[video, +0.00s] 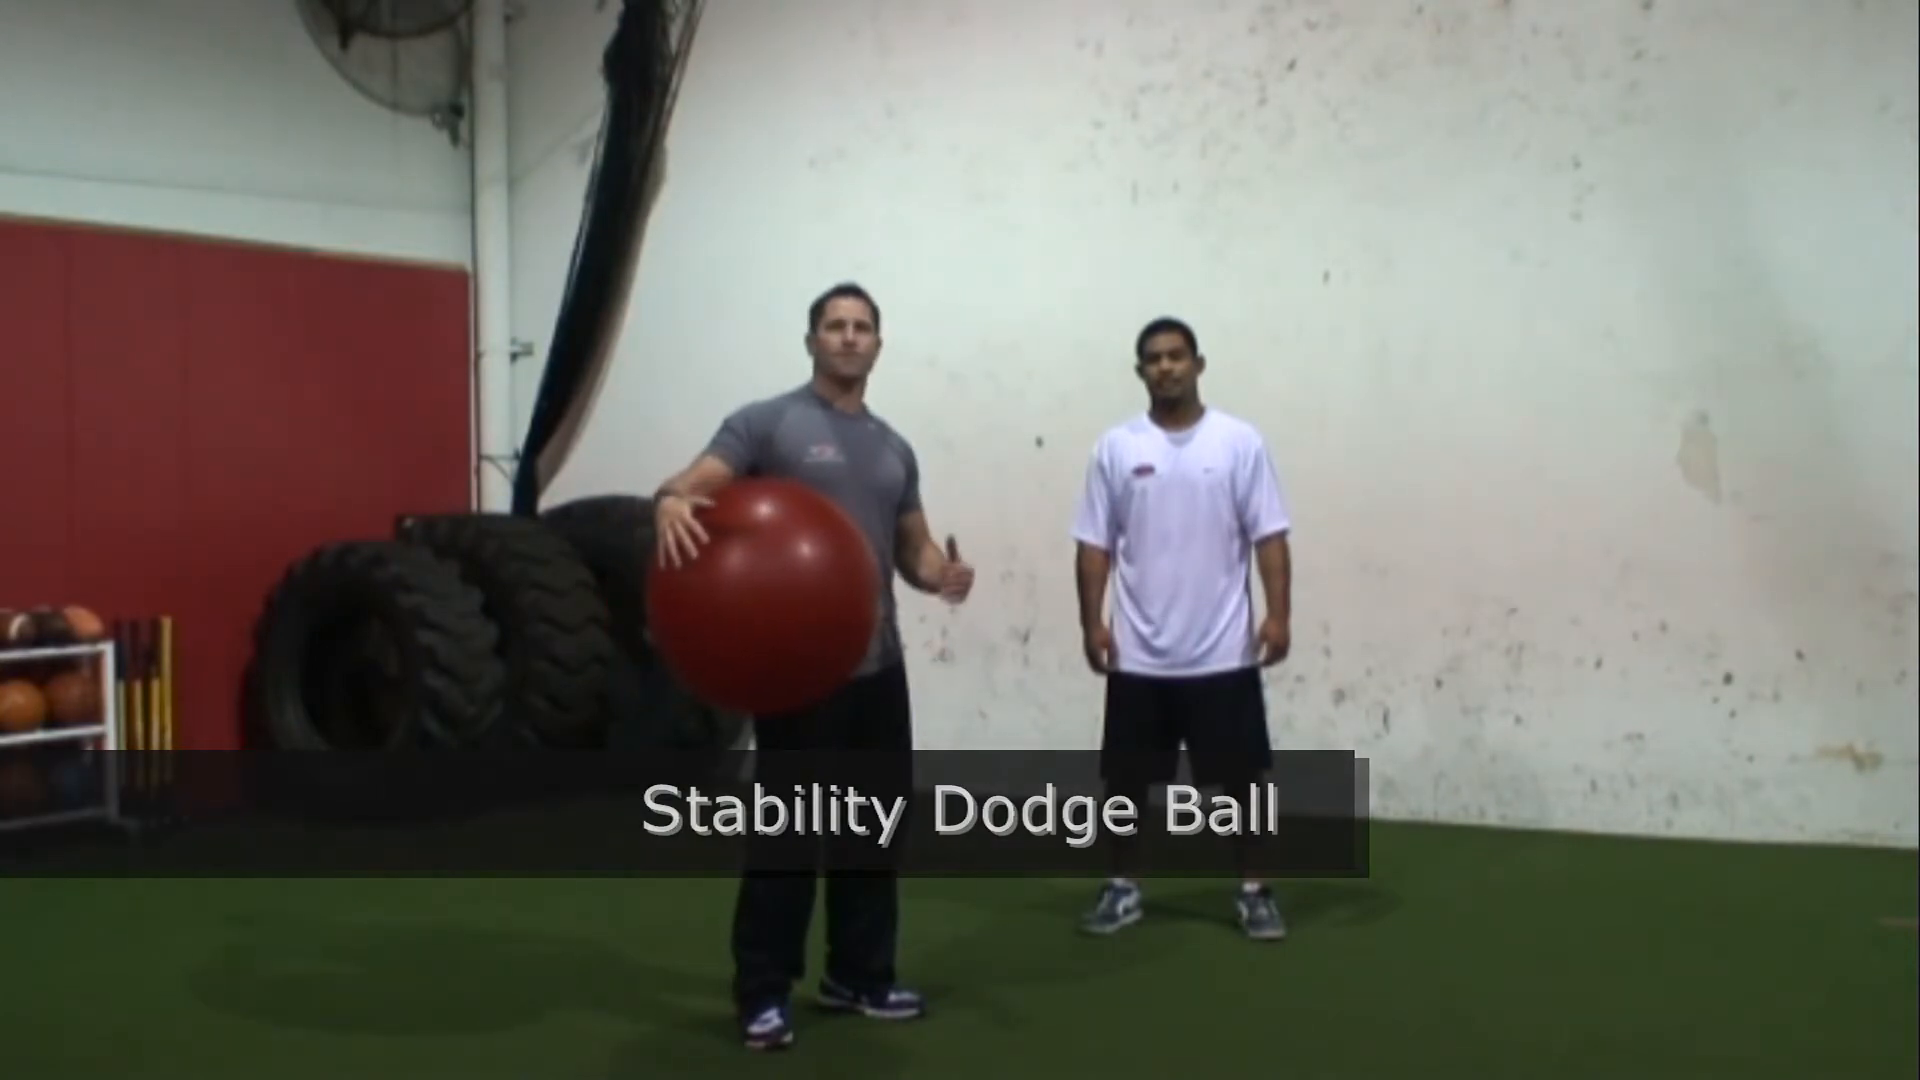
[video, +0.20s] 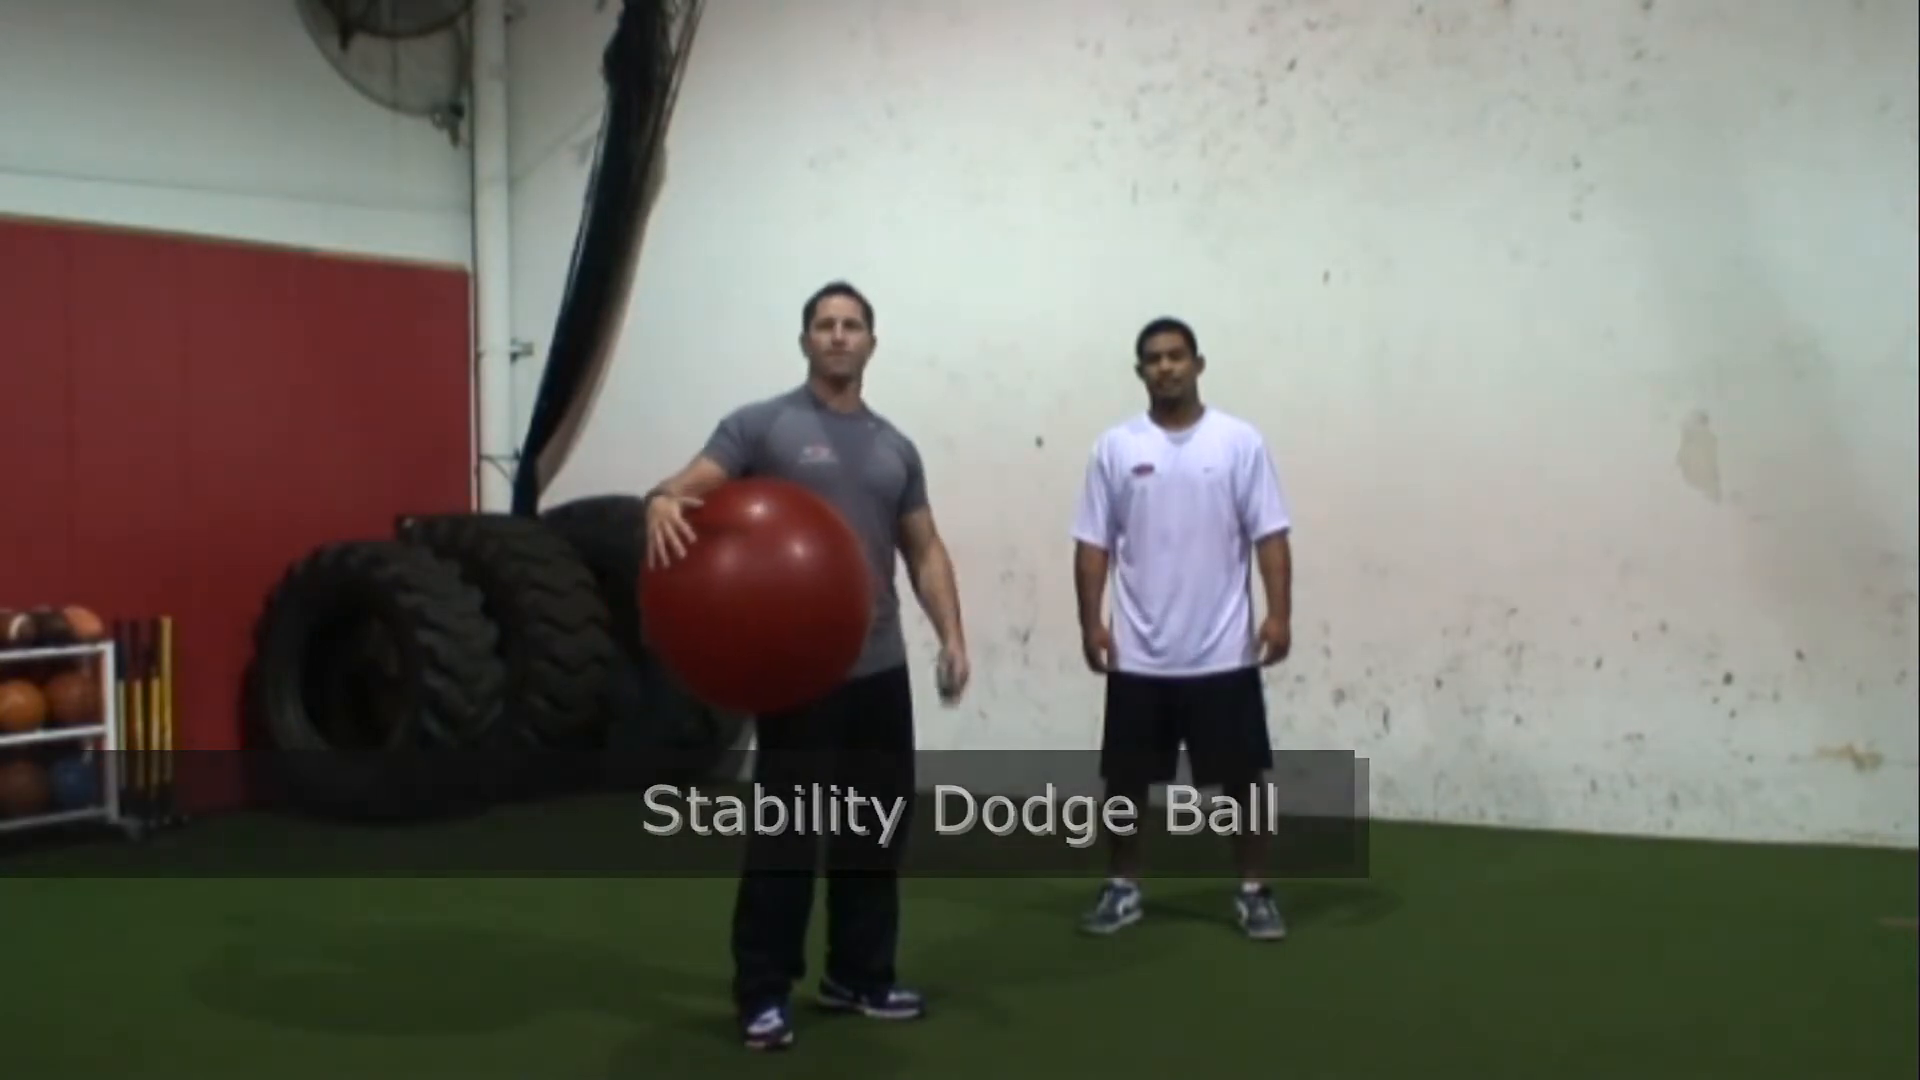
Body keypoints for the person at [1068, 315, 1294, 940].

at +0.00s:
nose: (1166, 367)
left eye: (1176, 356)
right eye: (1154, 359)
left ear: (1198, 364)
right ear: (1140, 372)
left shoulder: (1240, 442)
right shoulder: (1117, 448)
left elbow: (1270, 533)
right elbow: (1094, 541)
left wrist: (1278, 613)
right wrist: (1093, 622)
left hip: (1222, 646)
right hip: (1140, 647)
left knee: (1242, 780)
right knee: (1124, 780)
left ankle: (1254, 888)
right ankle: (1123, 884)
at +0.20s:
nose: (1165, 367)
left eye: (1176, 356)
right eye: (1154, 359)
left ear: (1198, 364)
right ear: (1140, 372)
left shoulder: (1240, 442)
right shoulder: (1116, 447)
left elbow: (1270, 533)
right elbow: (1093, 541)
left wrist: (1278, 613)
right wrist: (1092, 622)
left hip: (1222, 646)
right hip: (1140, 648)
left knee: (1244, 781)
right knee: (1123, 780)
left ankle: (1254, 889)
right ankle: (1123, 885)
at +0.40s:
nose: (1165, 367)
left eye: (1175, 356)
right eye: (1153, 359)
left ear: (1198, 364)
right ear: (1140, 372)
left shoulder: (1241, 442)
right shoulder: (1116, 447)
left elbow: (1270, 533)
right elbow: (1092, 540)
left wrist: (1279, 612)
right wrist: (1090, 621)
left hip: (1222, 647)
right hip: (1140, 648)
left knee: (1245, 780)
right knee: (1123, 781)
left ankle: (1254, 889)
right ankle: (1122, 885)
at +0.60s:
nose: (1165, 367)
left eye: (1175, 356)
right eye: (1153, 359)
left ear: (1198, 365)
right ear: (1140, 372)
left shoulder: (1240, 442)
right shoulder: (1116, 447)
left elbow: (1271, 533)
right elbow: (1092, 539)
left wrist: (1278, 612)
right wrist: (1090, 621)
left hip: (1222, 645)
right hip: (1140, 646)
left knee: (1245, 778)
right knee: (1124, 780)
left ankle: (1254, 889)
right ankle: (1122, 885)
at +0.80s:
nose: (1164, 366)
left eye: (1174, 356)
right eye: (1152, 359)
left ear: (1198, 364)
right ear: (1139, 371)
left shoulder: (1239, 441)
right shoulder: (1115, 448)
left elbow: (1269, 533)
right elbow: (1092, 539)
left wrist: (1276, 612)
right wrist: (1089, 620)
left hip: (1221, 645)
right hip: (1139, 646)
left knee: (1242, 777)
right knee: (1123, 777)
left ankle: (1254, 889)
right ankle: (1122, 884)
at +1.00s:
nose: (1163, 366)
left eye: (1174, 356)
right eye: (1152, 359)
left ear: (1198, 364)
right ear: (1139, 371)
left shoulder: (1240, 442)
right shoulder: (1115, 448)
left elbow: (1269, 533)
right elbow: (1092, 539)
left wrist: (1276, 613)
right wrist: (1090, 620)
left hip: (1221, 645)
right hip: (1138, 646)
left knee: (1242, 777)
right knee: (1123, 778)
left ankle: (1254, 889)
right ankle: (1122, 884)